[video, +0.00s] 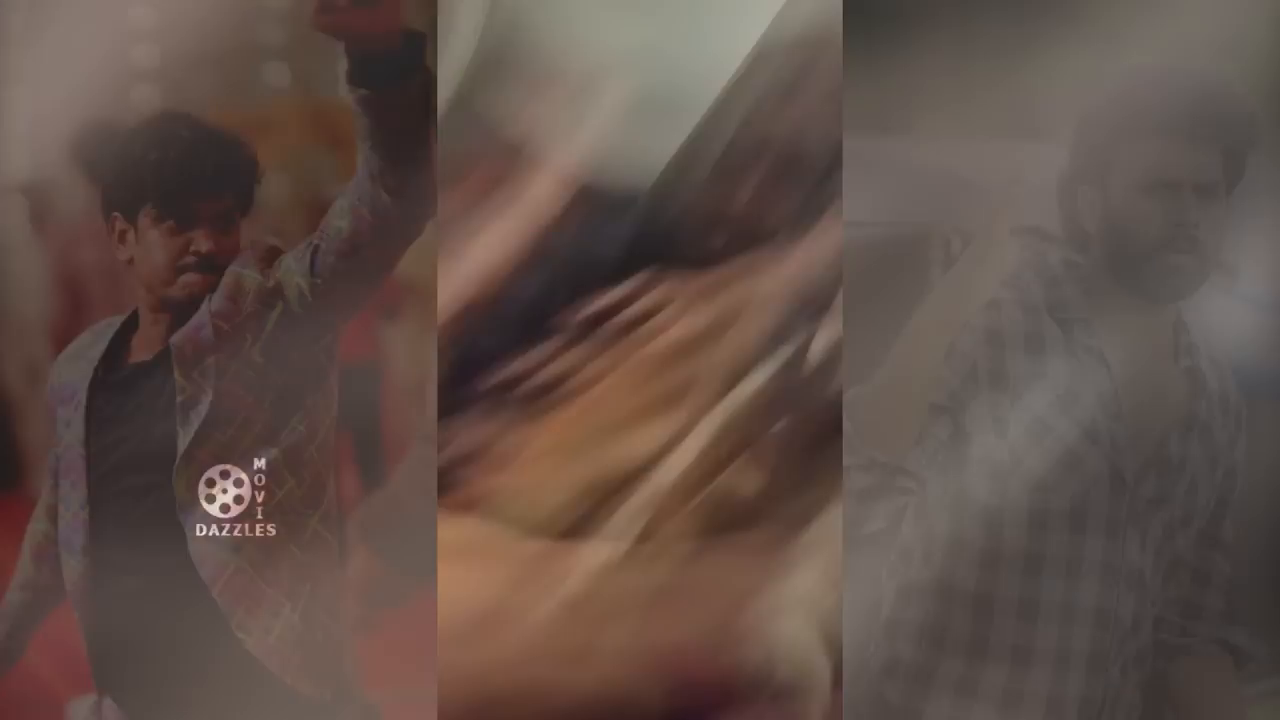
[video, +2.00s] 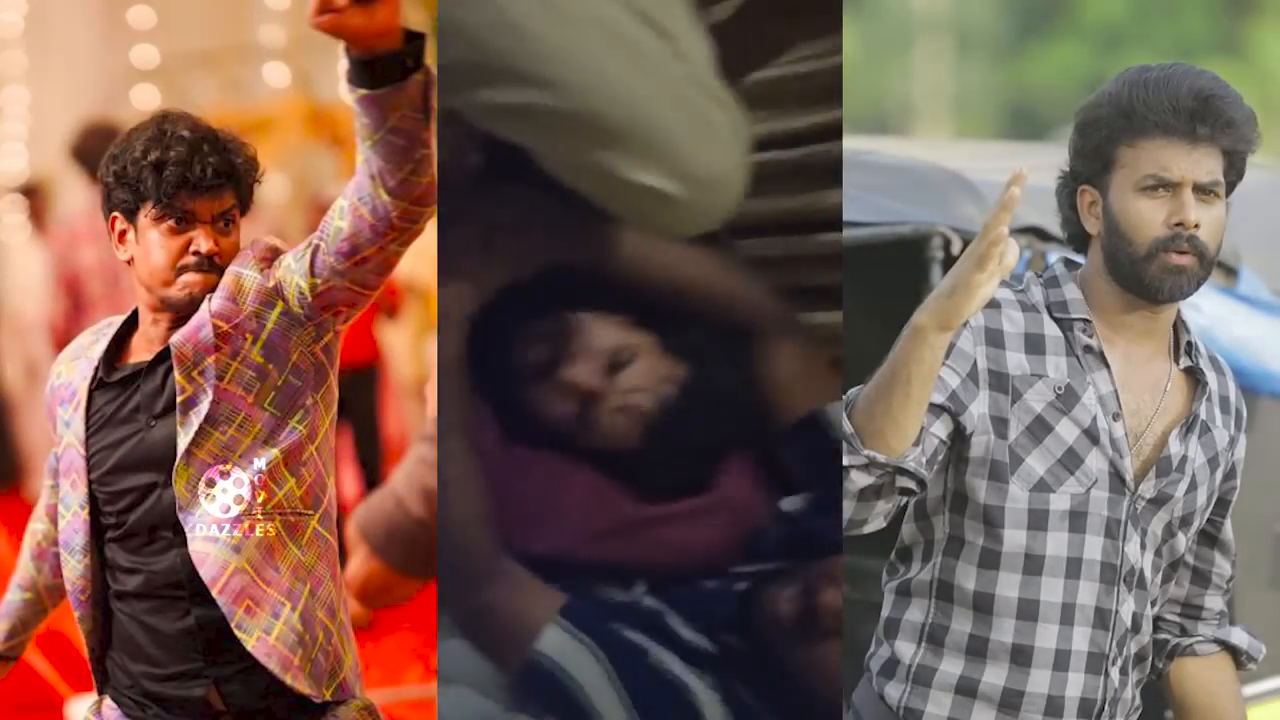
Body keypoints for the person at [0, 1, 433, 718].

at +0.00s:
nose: (205, 245)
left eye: (223, 223)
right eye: (178, 223)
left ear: (243, 231)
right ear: (122, 237)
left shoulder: (283, 317)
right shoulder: (78, 372)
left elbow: (392, 199)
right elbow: (52, 535)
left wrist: (380, 47)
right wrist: (4, 646)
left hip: (279, 696)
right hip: (134, 701)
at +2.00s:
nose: (206, 245)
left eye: (223, 222)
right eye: (179, 222)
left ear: (243, 230)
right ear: (122, 236)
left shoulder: (287, 312)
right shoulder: (76, 373)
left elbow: (394, 199)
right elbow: (56, 524)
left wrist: (380, 52)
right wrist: (7, 634)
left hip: (290, 700)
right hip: (140, 705)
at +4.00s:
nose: (206, 245)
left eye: (223, 222)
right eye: (179, 222)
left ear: (243, 230)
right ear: (122, 236)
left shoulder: (287, 312)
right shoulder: (76, 373)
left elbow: (394, 199)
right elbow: (56, 525)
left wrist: (380, 52)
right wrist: (7, 634)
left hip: (291, 700)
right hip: (140, 705)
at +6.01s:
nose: (206, 245)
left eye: (224, 223)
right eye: (179, 222)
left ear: (243, 230)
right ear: (123, 237)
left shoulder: (288, 312)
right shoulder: (76, 373)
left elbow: (394, 200)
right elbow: (56, 524)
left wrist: (381, 52)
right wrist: (8, 634)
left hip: (291, 700)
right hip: (140, 705)